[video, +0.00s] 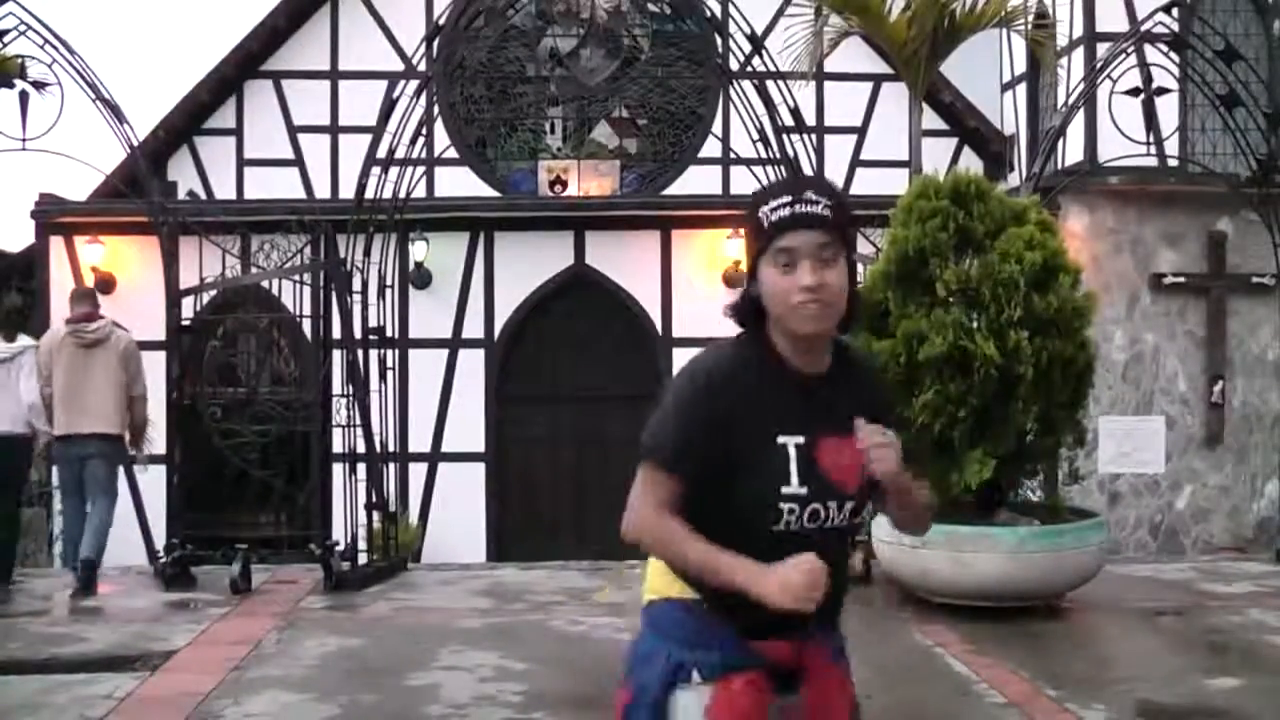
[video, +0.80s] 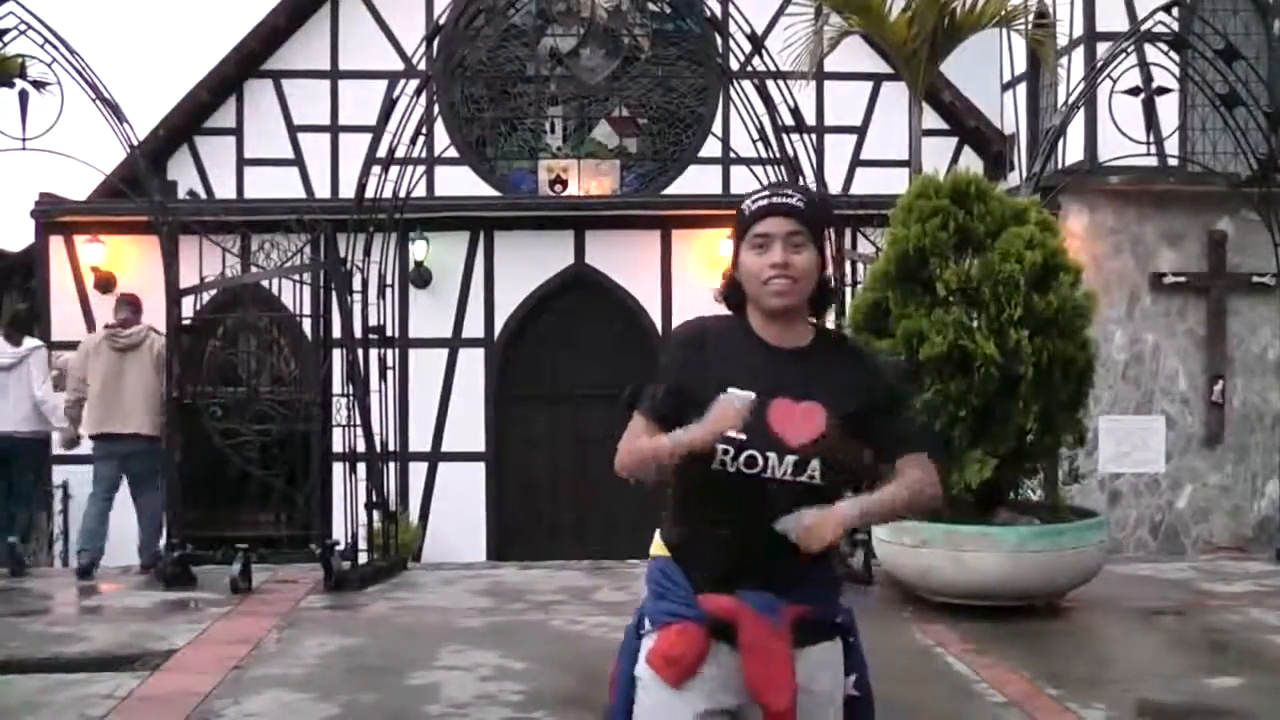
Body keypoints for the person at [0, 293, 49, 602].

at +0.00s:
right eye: (21, 314)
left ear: (4, 320)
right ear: (22, 320)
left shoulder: (22, 349)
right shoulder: (25, 349)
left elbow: (31, 397)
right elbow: (31, 397)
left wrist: (42, 429)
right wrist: (43, 429)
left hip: (12, 436)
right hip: (14, 437)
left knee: (11, 508)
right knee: (10, 509)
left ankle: (6, 578)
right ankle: (5, 578)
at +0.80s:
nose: (34, 329)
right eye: (33, 324)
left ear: (6, 325)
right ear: (30, 326)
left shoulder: (1, 348)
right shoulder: (36, 350)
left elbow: (42, 393)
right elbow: (42, 393)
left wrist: (62, 420)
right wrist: (64, 423)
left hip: (3, 433)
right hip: (28, 434)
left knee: (6, 494)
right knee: (26, 495)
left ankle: (8, 543)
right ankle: (16, 541)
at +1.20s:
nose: (52, 330)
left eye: (51, 325)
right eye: (49, 326)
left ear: (19, 326)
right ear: (40, 327)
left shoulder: (4, 351)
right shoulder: (45, 351)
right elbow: (53, 395)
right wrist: (78, 416)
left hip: (9, 435)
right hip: (40, 435)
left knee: (16, 501)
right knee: (50, 497)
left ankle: (15, 559)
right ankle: (52, 558)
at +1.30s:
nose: (55, 333)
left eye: (54, 328)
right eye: (52, 329)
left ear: (19, 329)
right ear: (44, 330)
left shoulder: (6, 355)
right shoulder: (51, 357)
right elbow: (56, 397)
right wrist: (79, 417)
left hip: (10, 437)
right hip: (43, 438)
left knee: (16, 499)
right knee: (49, 499)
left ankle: (15, 559)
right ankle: (48, 559)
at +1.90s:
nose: (88, 359)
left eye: (88, 355)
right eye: (86, 355)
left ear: (60, 350)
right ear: (79, 353)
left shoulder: (37, 371)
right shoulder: (78, 374)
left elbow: (19, 411)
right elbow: (75, 416)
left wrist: (9, 437)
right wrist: (95, 442)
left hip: (40, 453)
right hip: (69, 455)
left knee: (53, 511)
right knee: (70, 513)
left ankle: (56, 566)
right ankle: (58, 565)